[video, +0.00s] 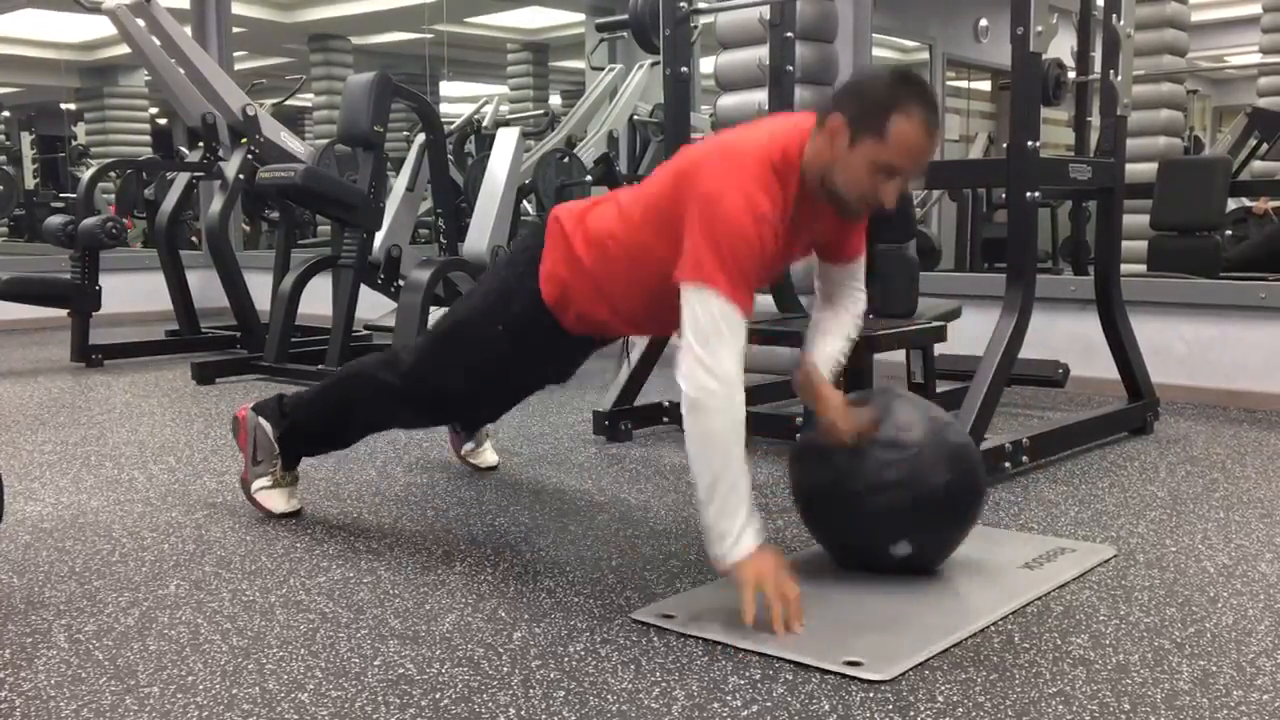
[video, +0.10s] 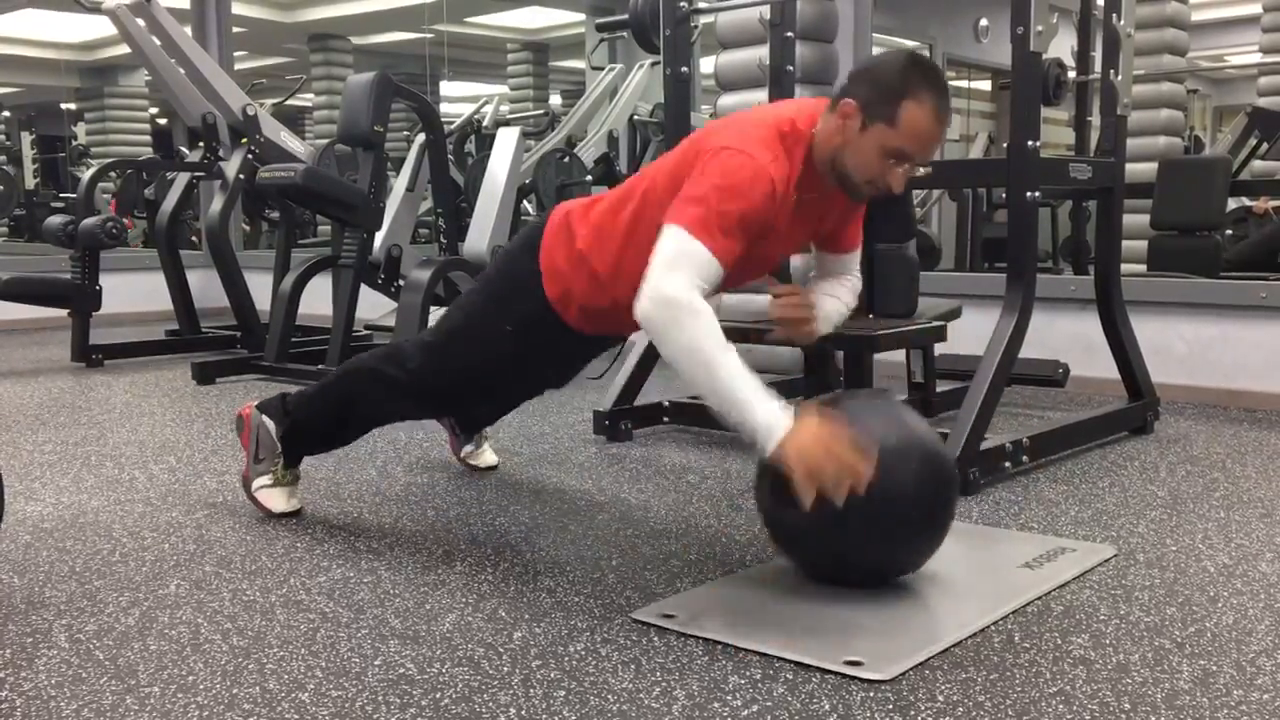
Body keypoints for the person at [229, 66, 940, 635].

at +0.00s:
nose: (893, 195)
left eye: (907, 180)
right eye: (886, 171)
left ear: (893, 162)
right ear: (832, 133)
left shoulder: (843, 184)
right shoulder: (743, 185)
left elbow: (844, 294)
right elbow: (709, 372)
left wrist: (816, 365)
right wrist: (742, 543)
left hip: (615, 301)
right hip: (561, 272)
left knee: (519, 376)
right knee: (430, 379)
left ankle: (463, 418)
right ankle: (275, 428)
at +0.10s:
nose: (904, 178)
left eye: (917, 164)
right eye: (899, 156)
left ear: (866, 130)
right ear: (844, 120)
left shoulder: (846, 170)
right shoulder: (753, 163)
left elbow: (842, 278)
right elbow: (668, 301)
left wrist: (819, 311)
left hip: (615, 306)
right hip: (558, 272)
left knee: (519, 379)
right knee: (432, 373)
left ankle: (461, 415)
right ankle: (278, 428)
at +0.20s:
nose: (922, 225)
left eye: (934, 211)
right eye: (917, 203)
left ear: (901, 182)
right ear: (865, 163)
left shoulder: (865, 217)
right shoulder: (768, 183)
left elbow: (873, 308)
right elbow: (651, 282)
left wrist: (882, 379)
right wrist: (766, 393)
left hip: (630, 325)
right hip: (566, 291)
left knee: (533, 386)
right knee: (436, 379)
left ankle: (462, 420)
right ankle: (279, 427)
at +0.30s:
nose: (954, 323)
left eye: (967, 308)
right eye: (948, 302)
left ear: (938, 281)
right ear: (897, 266)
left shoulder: (904, 294)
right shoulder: (798, 268)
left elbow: (929, 393)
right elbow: (663, 311)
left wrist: (942, 502)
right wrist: (725, 443)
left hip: (632, 343)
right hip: (578, 338)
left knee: (510, 381)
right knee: (441, 397)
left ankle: (459, 428)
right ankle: (281, 426)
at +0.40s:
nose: (978, 443)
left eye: (990, 434)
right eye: (974, 428)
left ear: (958, 391)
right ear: (932, 389)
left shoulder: (926, 362)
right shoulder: (832, 357)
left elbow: (941, 426)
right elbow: (682, 335)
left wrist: (944, 503)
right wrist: (712, 464)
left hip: (666, 391)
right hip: (620, 389)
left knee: (490, 411)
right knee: (460, 432)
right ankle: (295, 425)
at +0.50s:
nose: (972, 511)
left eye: (991, 508)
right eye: (973, 499)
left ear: (967, 438)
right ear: (938, 448)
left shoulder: (946, 406)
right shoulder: (855, 388)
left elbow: (912, 442)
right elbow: (707, 326)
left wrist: (947, 506)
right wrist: (718, 458)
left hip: (676, 447)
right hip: (638, 444)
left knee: (578, 418)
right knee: (476, 463)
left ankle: (483, 384)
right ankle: (312, 426)